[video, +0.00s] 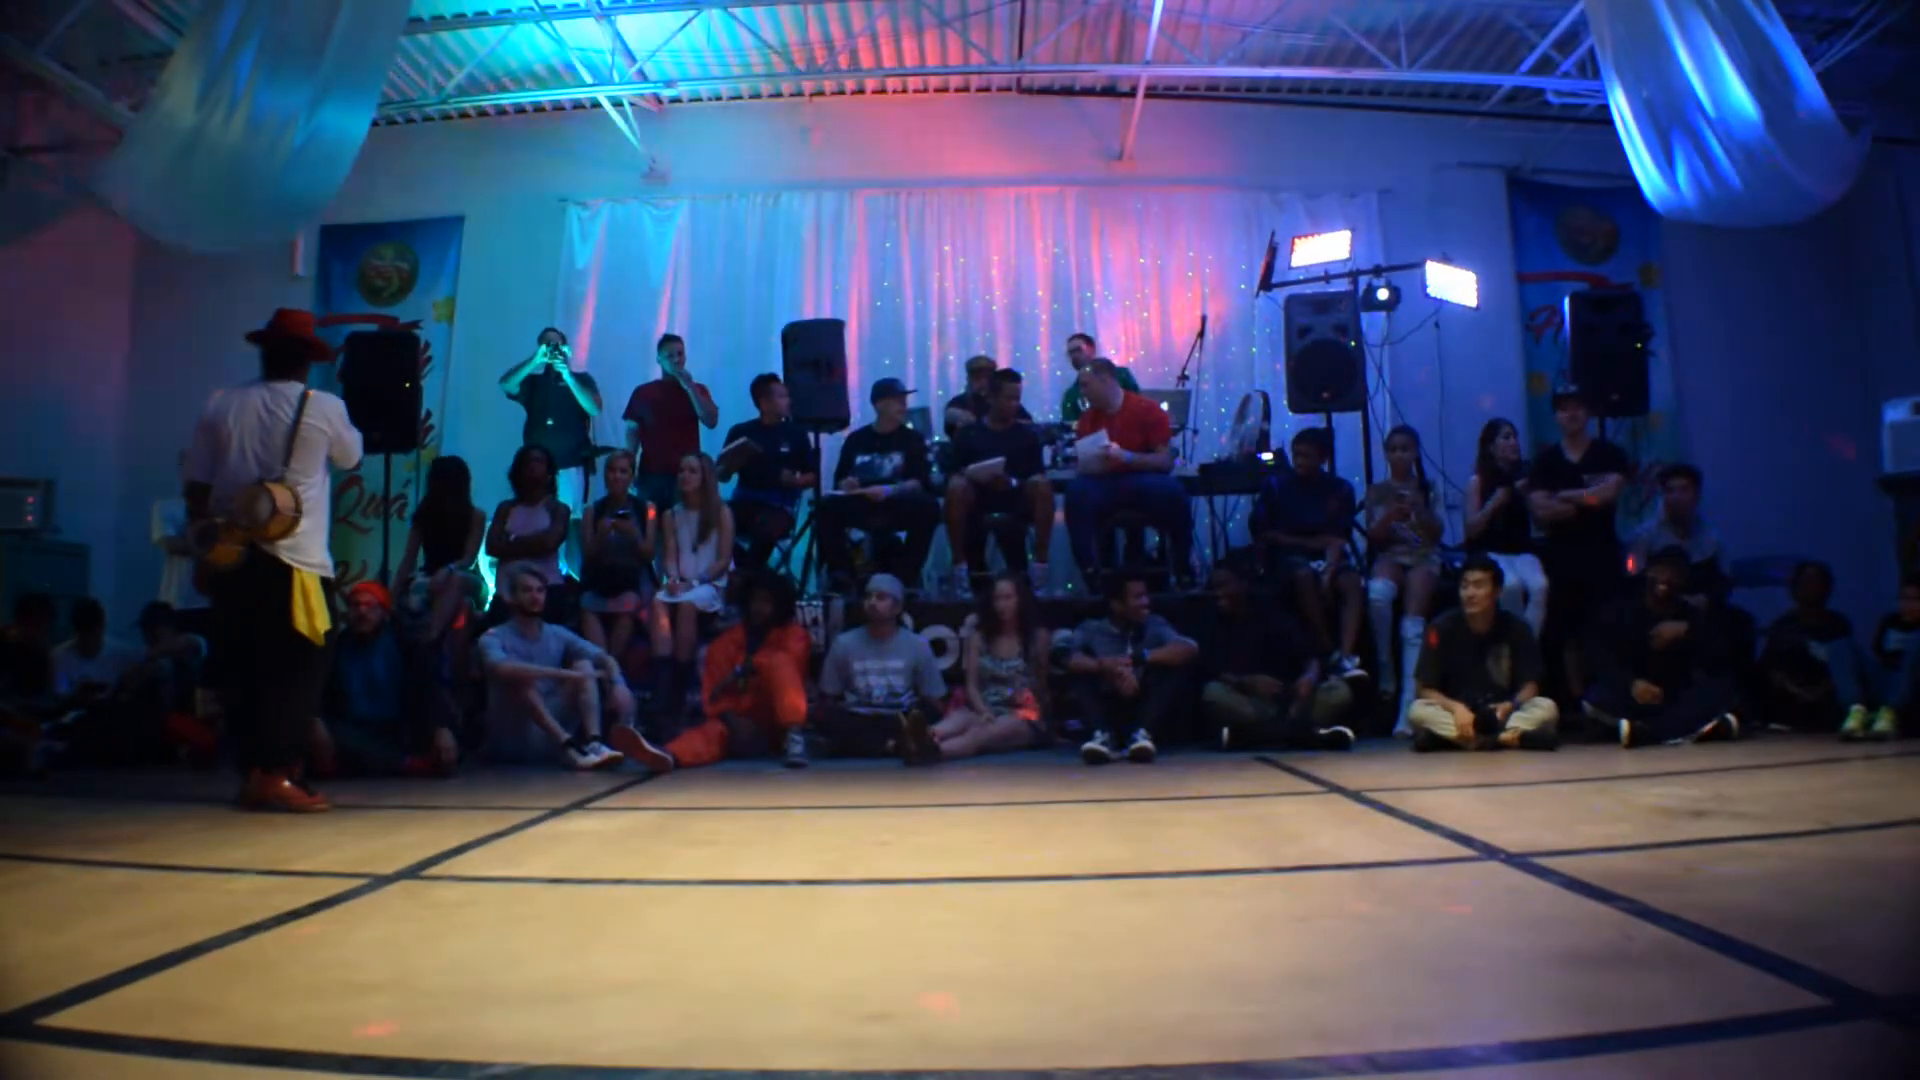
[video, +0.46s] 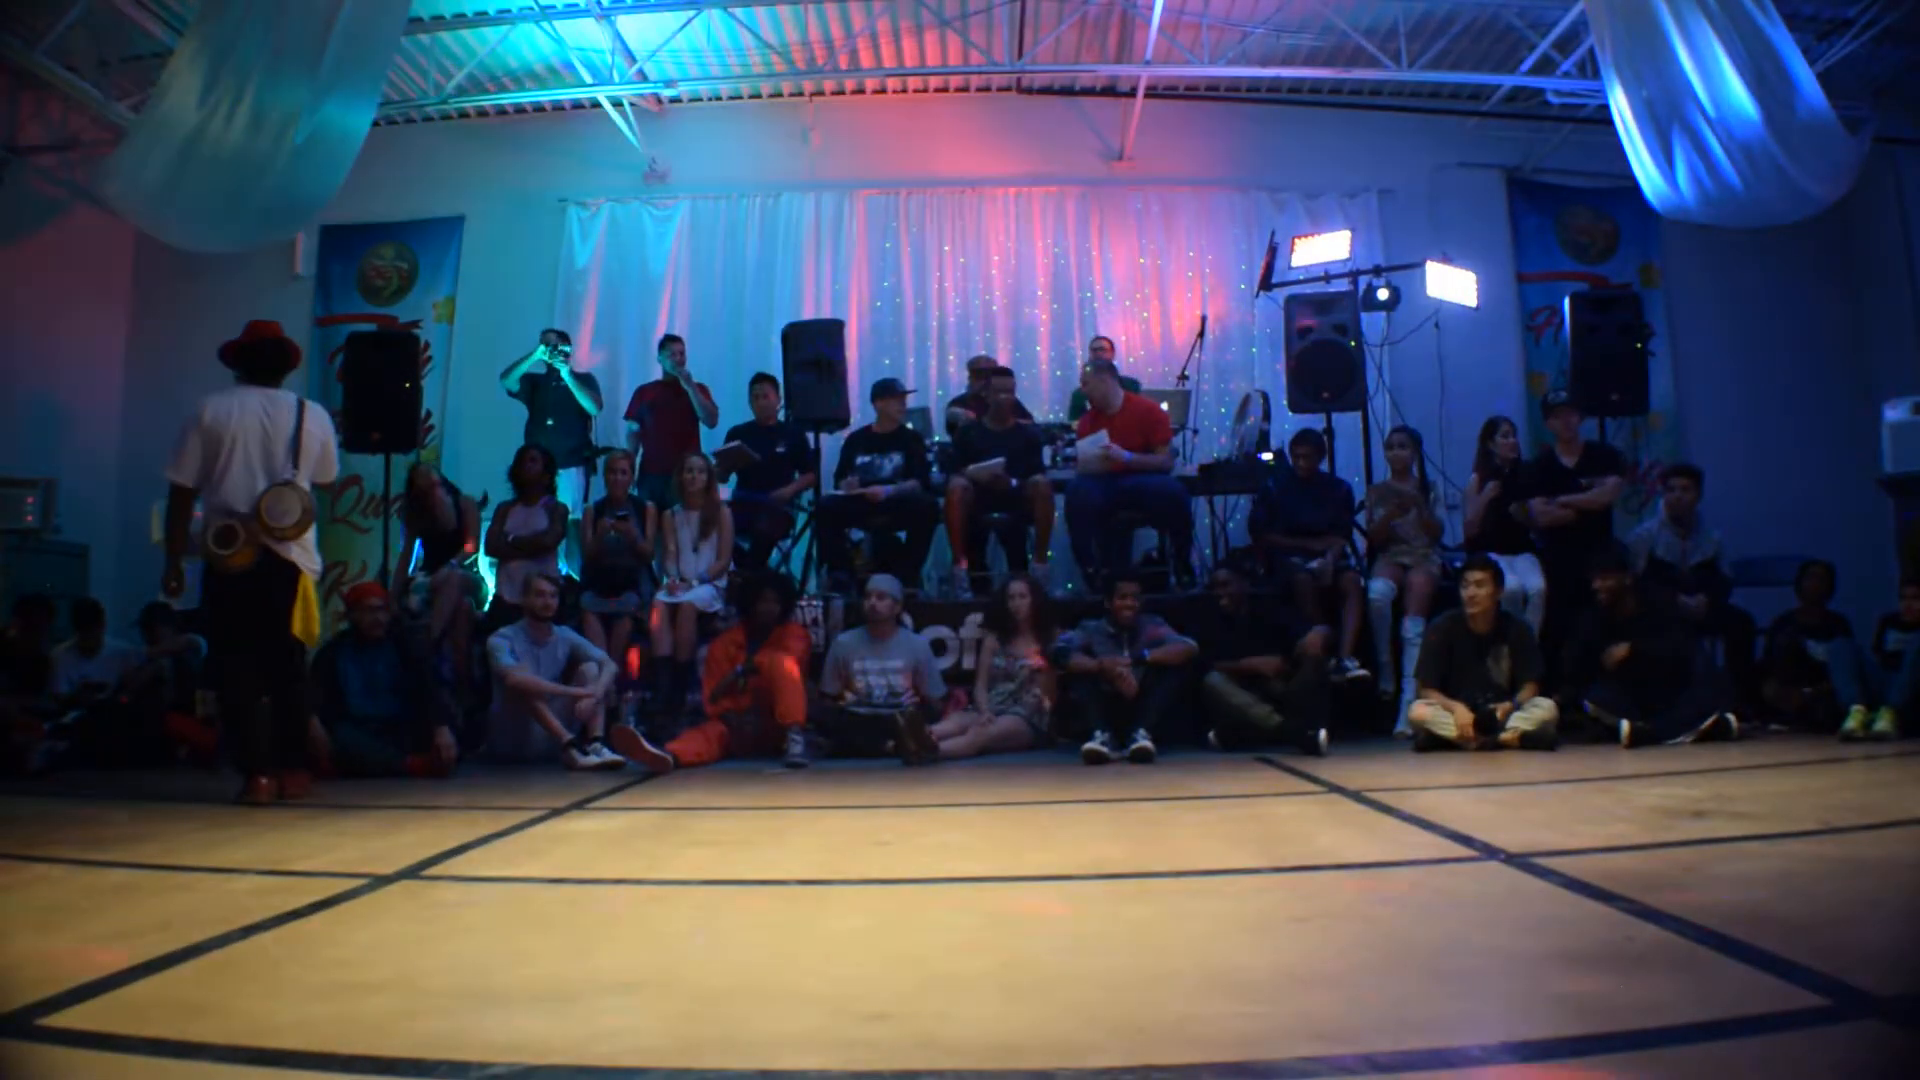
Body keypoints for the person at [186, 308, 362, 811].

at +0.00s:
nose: (311, 365)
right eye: (311, 359)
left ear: (263, 357)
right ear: (308, 361)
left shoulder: (223, 406)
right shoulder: (323, 408)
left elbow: (196, 482)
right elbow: (350, 458)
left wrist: (202, 535)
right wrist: (320, 416)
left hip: (234, 563)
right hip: (297, 568)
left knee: (244, 669)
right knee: (296, 673)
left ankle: (255, 775)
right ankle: (277, 776)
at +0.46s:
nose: (240, 368)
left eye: (239, 362)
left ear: (236, 365)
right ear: (286, 367)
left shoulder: (214, 412)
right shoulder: (313, 417)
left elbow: (182, 493)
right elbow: (325, 485)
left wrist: (173, 562)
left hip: (228, 564)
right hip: (289, 566)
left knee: (235, 670)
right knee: (287, 667)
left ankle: (256, 773)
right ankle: (293, 769)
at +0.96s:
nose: (236, 382)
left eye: (239, 376)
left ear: (242, 378)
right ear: (289, 381)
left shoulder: (227, 417)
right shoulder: (315, 430)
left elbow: (197, 486)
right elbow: (341, 497)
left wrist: (187, 556)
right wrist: (300, 516)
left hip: (232, 563)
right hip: (289, 566)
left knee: (233, 660)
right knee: (281, 660)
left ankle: (250, 758)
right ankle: (273, 763)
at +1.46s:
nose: (204, 389)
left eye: (209, 380)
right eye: (204, 380)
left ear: (228, 380)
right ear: (251, 381)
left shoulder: (233, 418)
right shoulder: (271, 428)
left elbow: (207, 485)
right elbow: (270, 498)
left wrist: (178, 498)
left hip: (221, 564)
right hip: (259, 563)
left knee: (205, 667)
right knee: (265, 667)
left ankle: (207, 766)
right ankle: (272, 767)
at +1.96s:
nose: (172, 386)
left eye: (180, 377)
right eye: (171, 378)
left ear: (205, 379)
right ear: (180, 383)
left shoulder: (227, 422)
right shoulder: (190, 428)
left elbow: (185, 464)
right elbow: (181, 513)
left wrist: (162, 416)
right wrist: (155, 564)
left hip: (209, 567)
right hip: (176, 571)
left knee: (196, 670)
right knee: (160, 669)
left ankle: (203, 764)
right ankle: (166, 763)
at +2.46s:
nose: (116, 382)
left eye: (125, 374)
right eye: (113, 374)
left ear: (152, 378)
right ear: (117, 384)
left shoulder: (182, 418)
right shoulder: (114, 436)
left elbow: (163, 444)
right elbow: (100, 506)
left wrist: (125, 404)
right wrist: (86, 563)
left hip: (162, 571)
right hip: (113, 577)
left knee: (168, 673)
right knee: (114, 679)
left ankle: (200, 764)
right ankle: (117, 769)